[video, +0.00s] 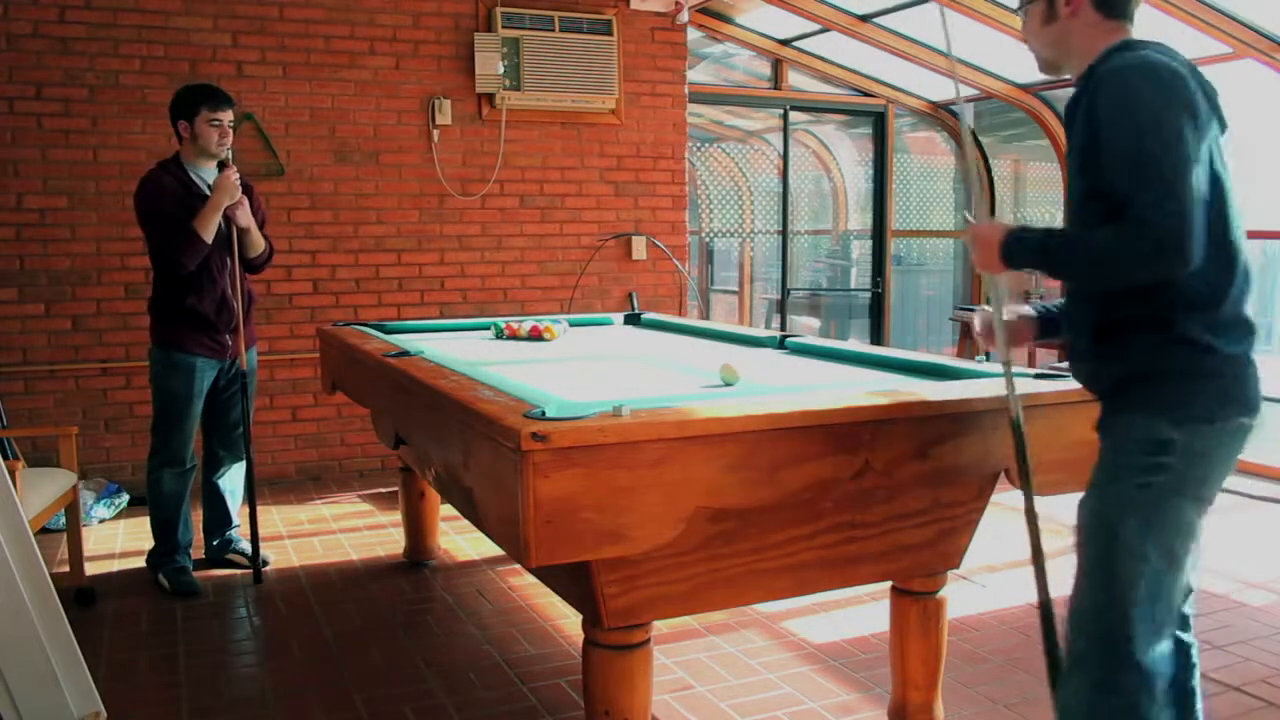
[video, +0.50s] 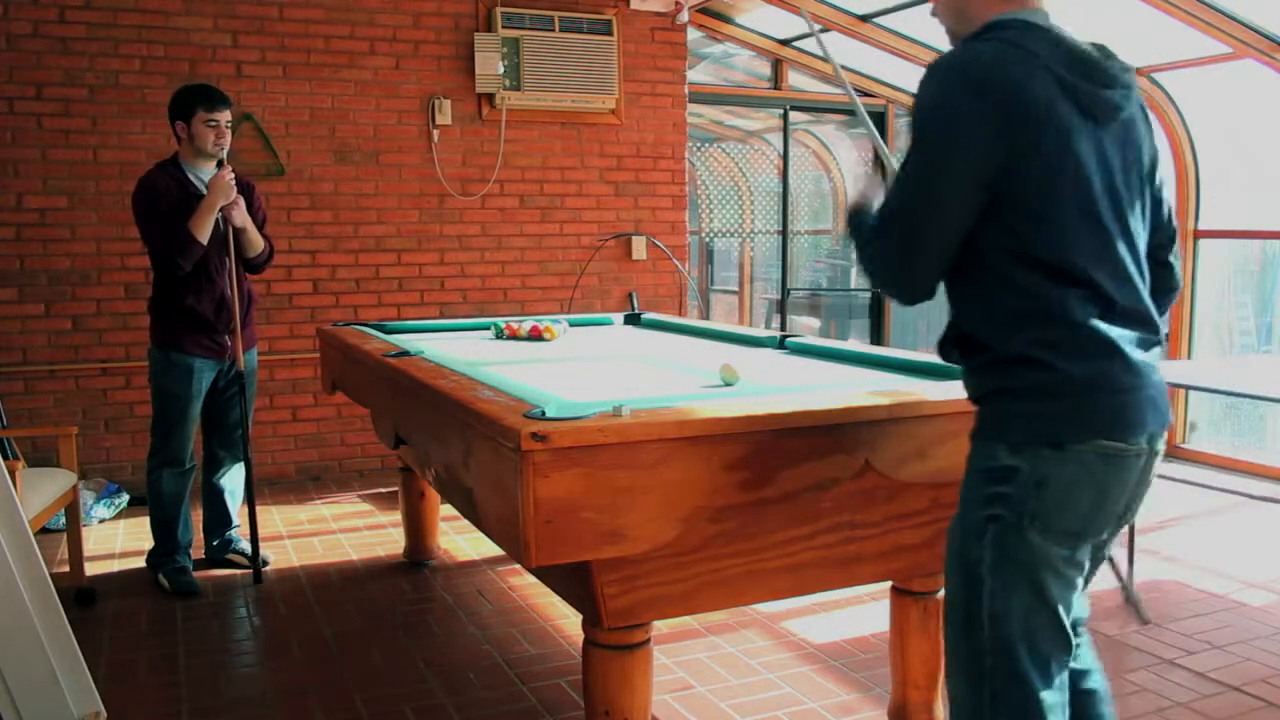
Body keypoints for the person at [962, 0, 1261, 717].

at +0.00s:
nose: (1022, 29)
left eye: (1027, 11)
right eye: (1022, 13)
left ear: (1070, 8)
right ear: (1088, 13)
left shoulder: (1137, 80)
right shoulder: (1137, 80)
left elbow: (1163, 247)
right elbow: (1145, 283)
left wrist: (1019, 247)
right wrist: (1037, 327)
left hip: (1173, 402)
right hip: (1175, 397)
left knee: (1112, 643)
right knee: (1155, 628)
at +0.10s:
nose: (1011, 29)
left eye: (1016, 11)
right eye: (1011, 13)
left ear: (1057, 7)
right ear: (1079, 11)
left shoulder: (1106, 85)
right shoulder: (1135, 81)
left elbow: (1108, 259)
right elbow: (1142, 276)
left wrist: (987, 224)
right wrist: (1043, 349)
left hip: (1142, 414)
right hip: (1177, 406)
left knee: (1079, 645)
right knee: (1147, 628)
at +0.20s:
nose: (1002, 30)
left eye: (1005, 13)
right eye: (1001, 15)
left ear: (1041, 7)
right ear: (1080, 10)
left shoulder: (1070, 89)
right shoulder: (1133, 86)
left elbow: (1038, 268)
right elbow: (1130, 281)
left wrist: (956, 201)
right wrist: (1029, 387)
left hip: (1110, 423)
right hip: (1167, 416)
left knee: (1030, 659)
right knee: (1136, 638)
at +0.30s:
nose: (980, 22)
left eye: (986, 6)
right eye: (981, 9)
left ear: (1017, 4)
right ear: (1069, 3)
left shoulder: (1038, 82)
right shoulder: (1124, 81)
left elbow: (971, 259)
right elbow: (1101, 259)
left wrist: (912, 176)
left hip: (1086, 420)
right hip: (1157, 414)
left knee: (1010, 667)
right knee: (1118, 624)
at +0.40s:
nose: (950, 5)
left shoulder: (1008, 75)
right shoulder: (1118, 78)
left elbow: (934, 256)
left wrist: (884, 171)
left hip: (1063, 422)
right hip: (1142, 414)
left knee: (999, 678)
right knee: (1080, 624)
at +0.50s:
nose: (934, 9)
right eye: (933, 0)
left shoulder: (974, 73)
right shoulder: (1116, 85)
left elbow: (904, 270)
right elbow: (1160, 271)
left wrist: (866, 200)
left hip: (1043, 419)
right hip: (1134, 410)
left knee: (1002, 682)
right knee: (1056, 638)